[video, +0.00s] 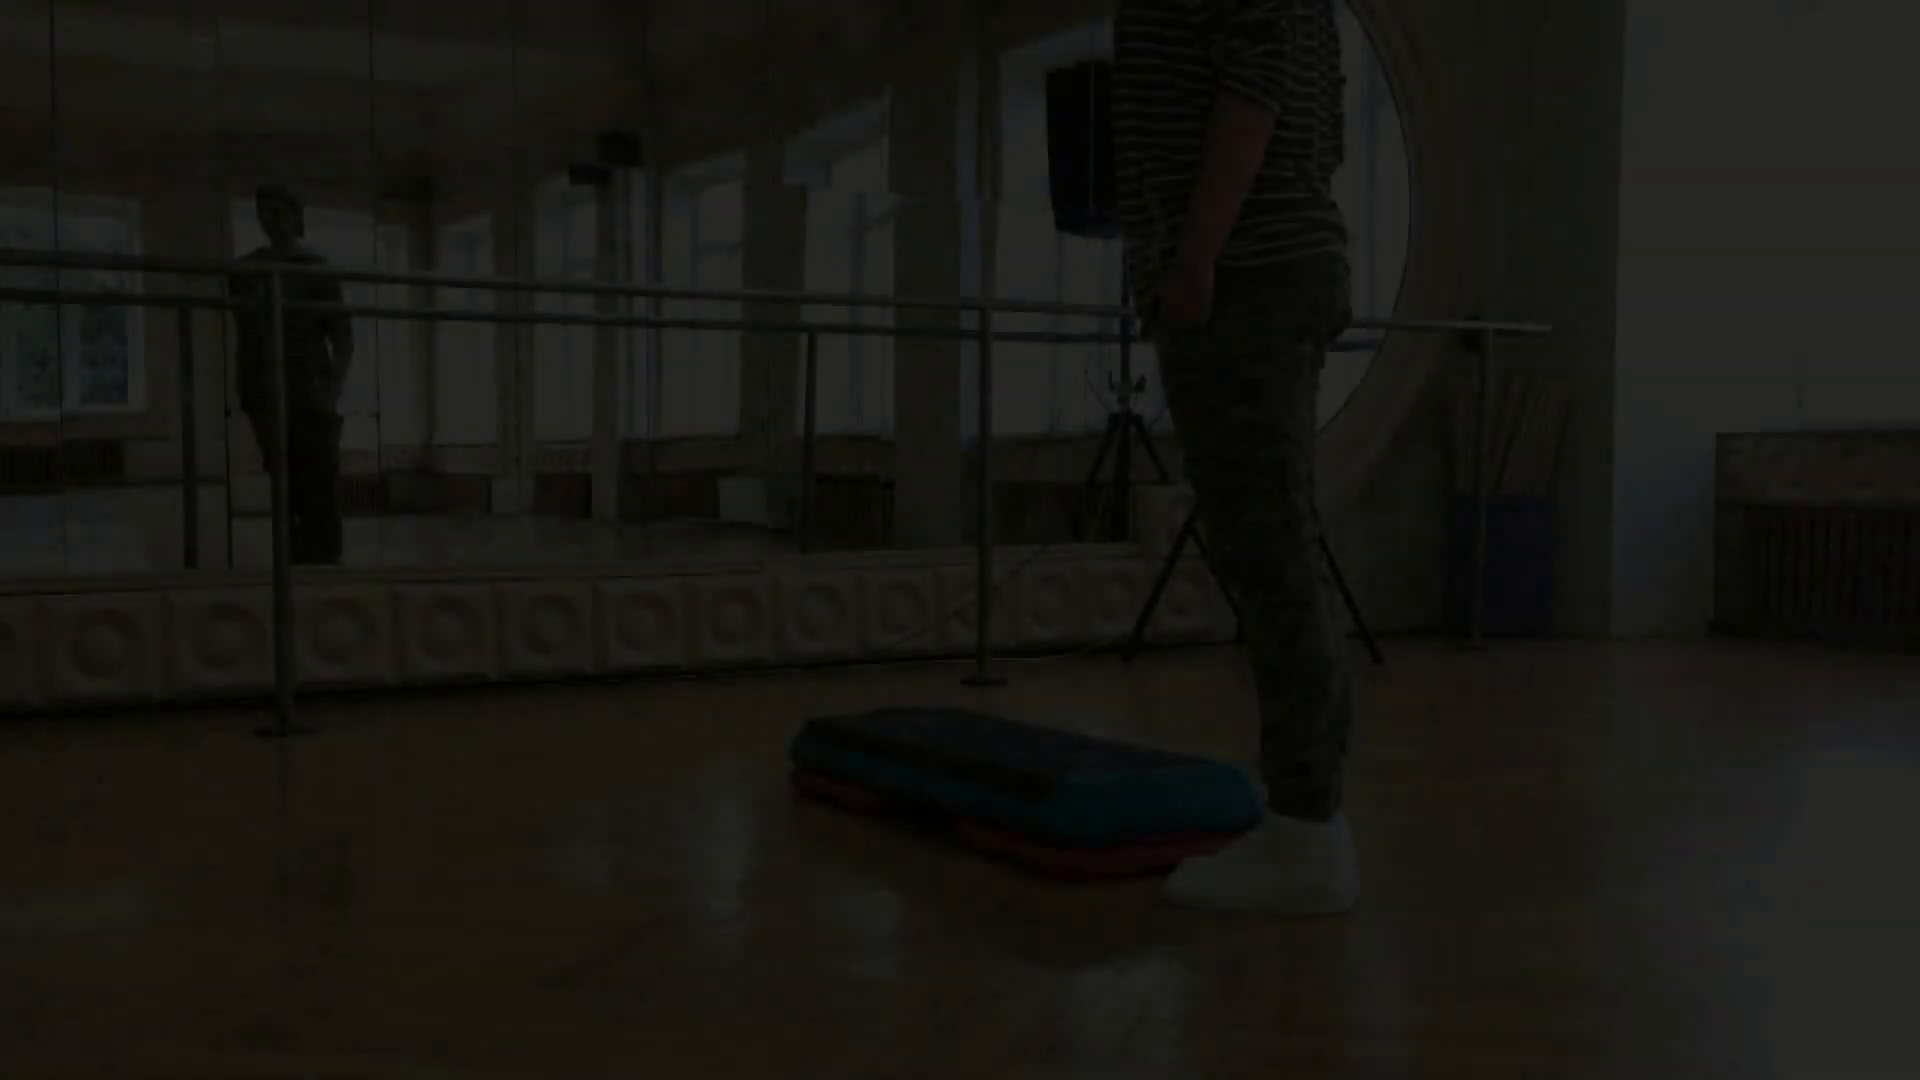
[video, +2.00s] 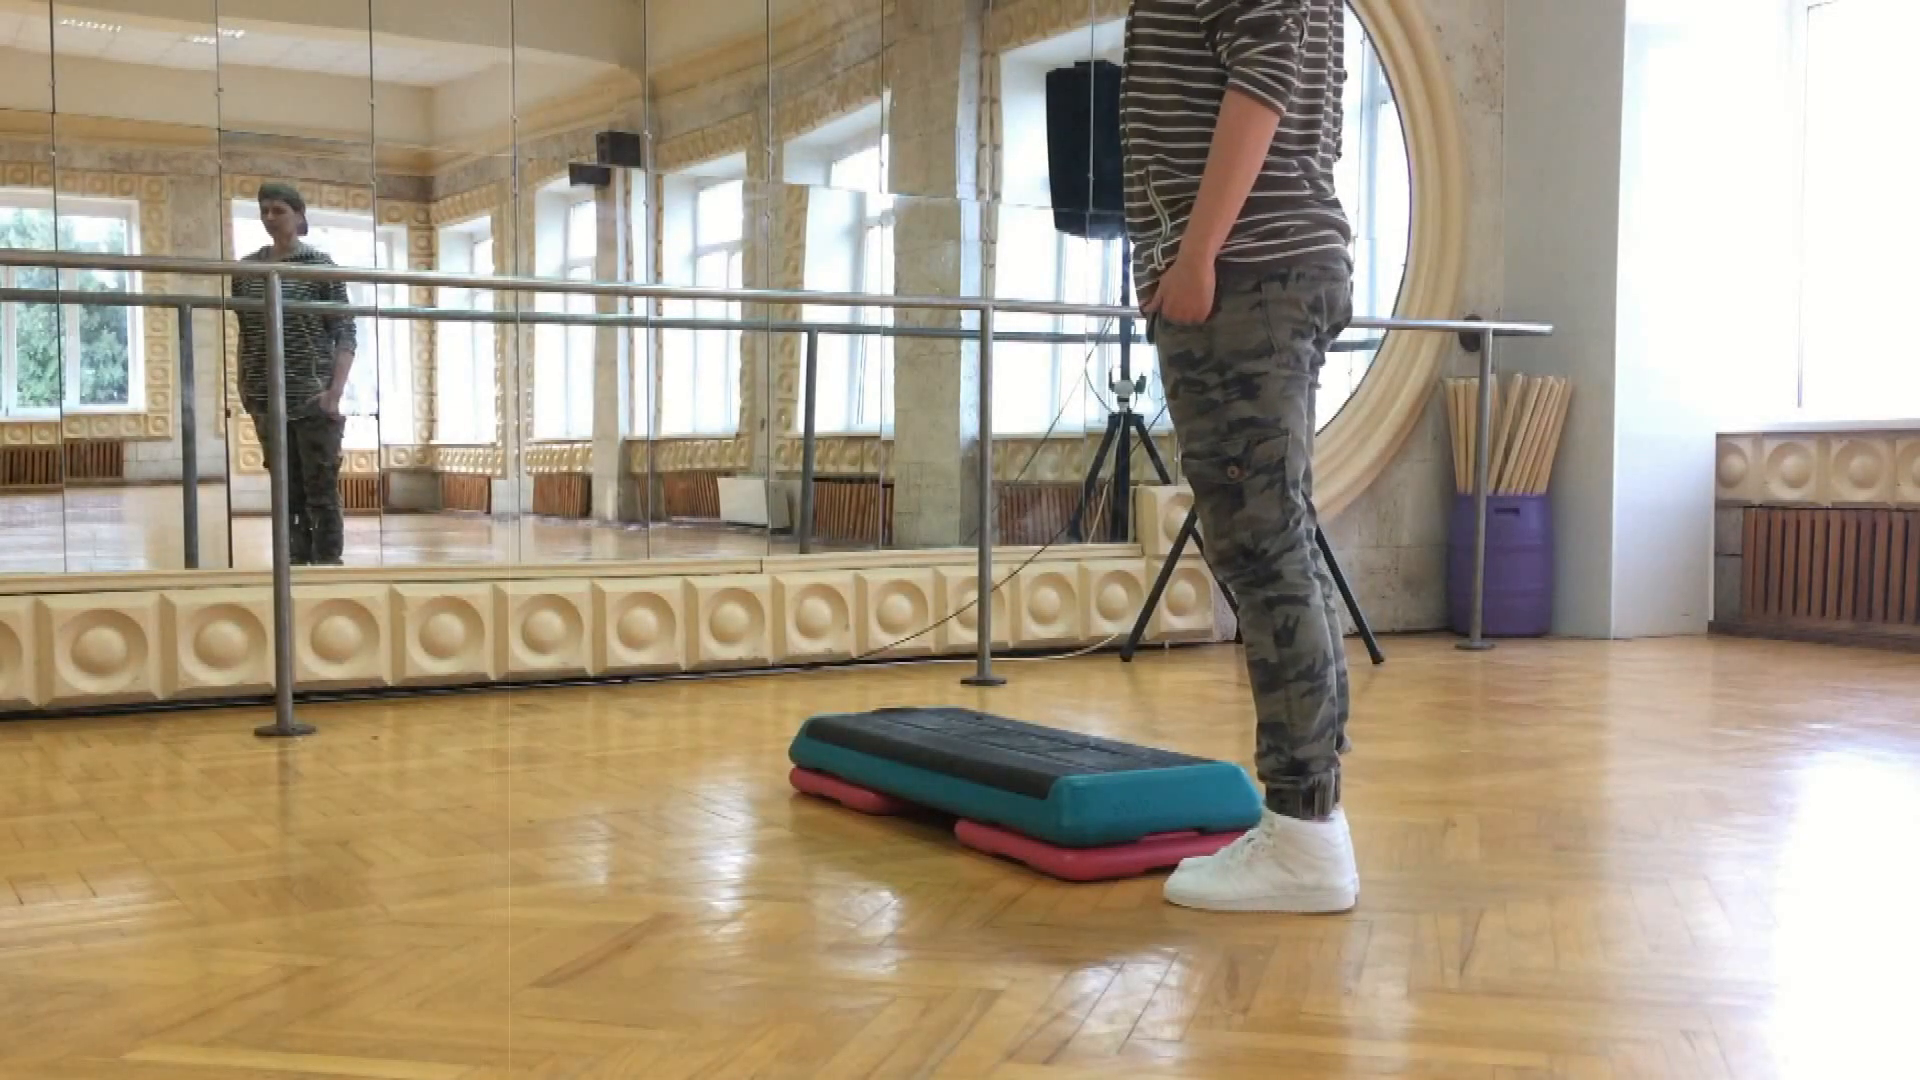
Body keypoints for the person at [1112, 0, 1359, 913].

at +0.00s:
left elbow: (1250, 97)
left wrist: (1195, 257)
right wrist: (1179, 254)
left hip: (1253, 275)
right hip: (1240, 274)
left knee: (1264, 544)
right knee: (1263, 543)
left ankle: (1304, 829)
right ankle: (1302, 819)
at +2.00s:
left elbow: (1267, 76)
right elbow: (1268, 91)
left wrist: (1195, 254)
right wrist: (1186, 253)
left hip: (1246, 275)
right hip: (1256, 270)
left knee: (1260, 547)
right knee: (1271, 543)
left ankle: (1303, 835)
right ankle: (1305, 821)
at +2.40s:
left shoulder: (1233, 0)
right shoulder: (1288, 10)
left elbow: (1244, 93)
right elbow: (1315, 148)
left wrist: (1176, 264)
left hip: (1230, 287)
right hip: (1268, 283)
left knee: (1220, 559)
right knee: (1228, 555)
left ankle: (1303, 838)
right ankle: (1302, 824)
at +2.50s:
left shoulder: (1220, 3)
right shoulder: (1291, 19)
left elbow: (1245, 119)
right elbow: (1317, 163)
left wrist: (1163, 286)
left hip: (1230, 301)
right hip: (1250, 302)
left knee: (1156, 561)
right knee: (1107, 538)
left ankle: (1294, 834)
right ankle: (1288, 736)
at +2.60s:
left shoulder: (1209, 4)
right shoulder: (1282, 18)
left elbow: (1254, 141)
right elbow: (1329, 186)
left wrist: (1165, 298)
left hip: (1225, 320)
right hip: (1254, 322)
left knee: (1140, 573)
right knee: (1046, 486)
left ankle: (1292, 835)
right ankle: (1229, 648)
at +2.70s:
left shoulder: (1188, 2)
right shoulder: (1159, 20)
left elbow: (1258, 103)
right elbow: (1298, 135)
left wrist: (1178, 269)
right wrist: (1168, 260)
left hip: (1235, 279)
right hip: (1195, 285)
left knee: (1179, 557)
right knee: (1040, 439)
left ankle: (1292, 834)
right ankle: (1149, 674)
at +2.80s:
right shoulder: (1097, 22)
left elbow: (1266, 46)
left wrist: (1213, 223)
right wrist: (1153, 241)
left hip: (1249, 236)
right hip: (1167, 258)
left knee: (1260, 501)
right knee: (1064, 448)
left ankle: (1280, 797)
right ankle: (1141, 693)